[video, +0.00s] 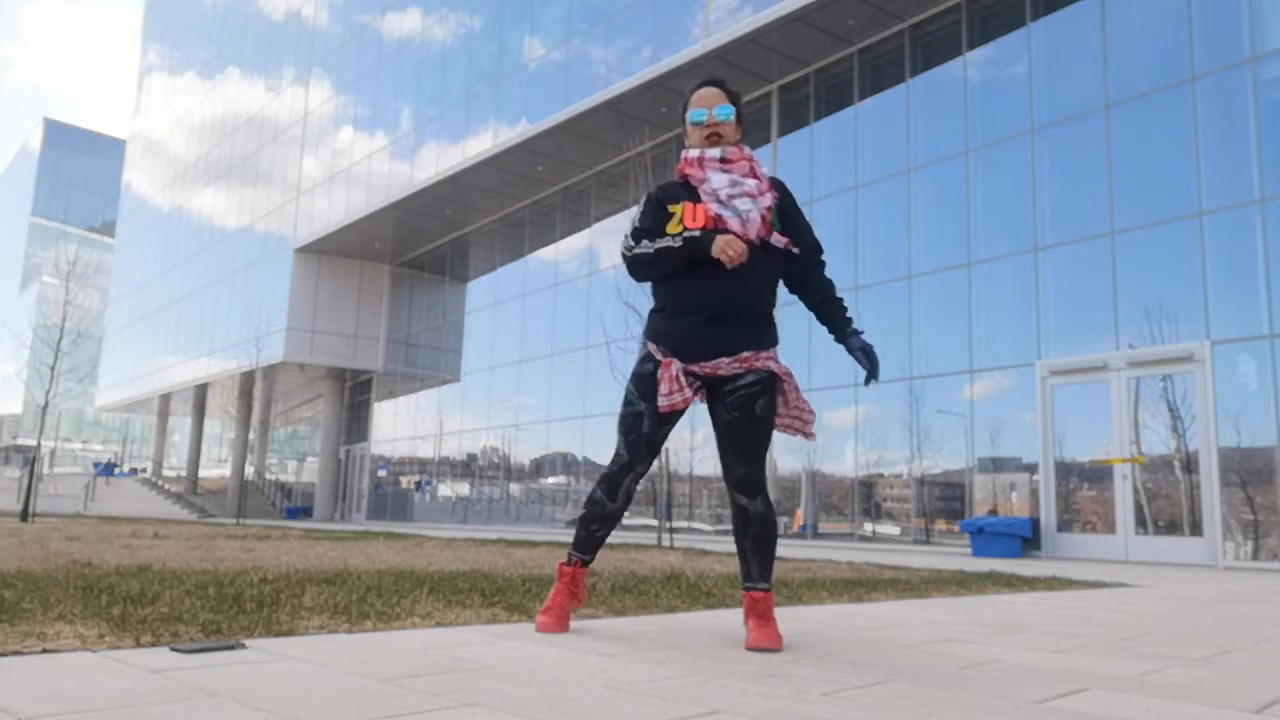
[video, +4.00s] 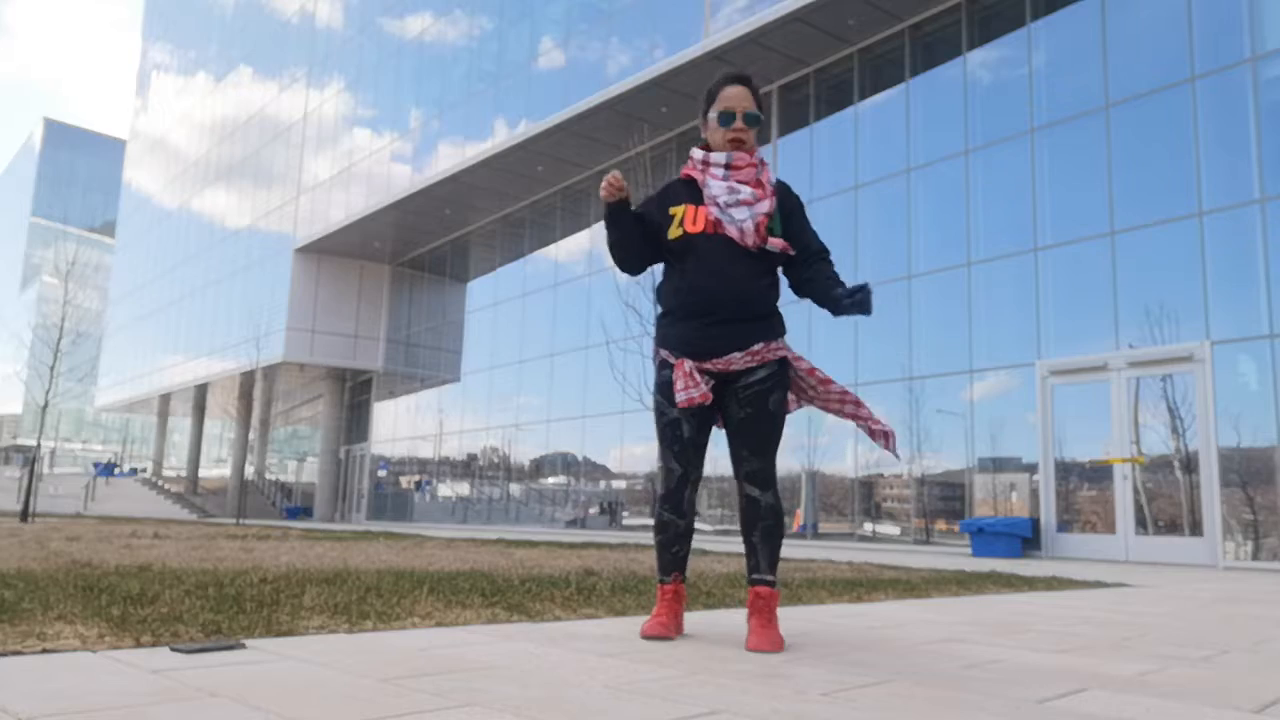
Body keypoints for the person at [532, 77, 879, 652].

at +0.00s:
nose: (711, 125)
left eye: (721, 115)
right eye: (699, 117)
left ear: (739, 124)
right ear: (685, 130)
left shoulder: (772, 198)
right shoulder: (668, 196)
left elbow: (808, 272)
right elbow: (636, 258)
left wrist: (847, 332)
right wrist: (702, 242)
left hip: (745, 362)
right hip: (668, 358)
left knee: (748, 483)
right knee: (628, 465)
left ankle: (759, 608)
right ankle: (570, 579)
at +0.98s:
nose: (710, 150)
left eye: (718, 138)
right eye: (709, 139)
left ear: (753, 134)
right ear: (737, 138)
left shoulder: (816, 199)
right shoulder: (716, 202)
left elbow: (865, 267)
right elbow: (696, 267)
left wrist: (920, 301)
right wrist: (773, 247)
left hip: (795, 360)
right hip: (720, 356)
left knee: (775, 485)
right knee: (661, 438)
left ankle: (761, 609)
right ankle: (643, 564)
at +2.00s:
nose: (734, 137)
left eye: (746, 125)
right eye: (725, 131)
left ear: (775, 131)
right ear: (721, 141)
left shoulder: (815, 203)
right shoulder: (711, 206)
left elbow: (857, 269)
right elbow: (687, 275)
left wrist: (924, 271)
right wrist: (650, 263)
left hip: (805, 359)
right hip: (730, 355)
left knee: (786, 490)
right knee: (764, 449)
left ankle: (762, 608)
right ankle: (703, 565)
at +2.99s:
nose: (760, 130)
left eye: (771, 120)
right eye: (747, 122)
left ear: (789, 129)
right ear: (732, 134)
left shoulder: (819, 196)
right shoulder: (717, 201)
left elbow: (857, 263)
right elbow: (686, 274)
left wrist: (901, 295)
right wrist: (652, 235)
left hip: (801, 351)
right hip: (726, 348)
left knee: (779, 483)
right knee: (700, 448)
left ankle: (762, 607)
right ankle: (690, 571)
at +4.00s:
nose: (738, 128)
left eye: (749, 119)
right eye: (726, 118)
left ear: (761, 129)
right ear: (704, 126)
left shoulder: (778, 200)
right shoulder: (674, 197)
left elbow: (808, 263)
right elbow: (635, 259)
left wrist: (836, 294)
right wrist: (618, 210)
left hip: (756, 356)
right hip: (682, 358)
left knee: (758, 480)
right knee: (677, 480)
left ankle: (762, 606)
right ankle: (668, 598)